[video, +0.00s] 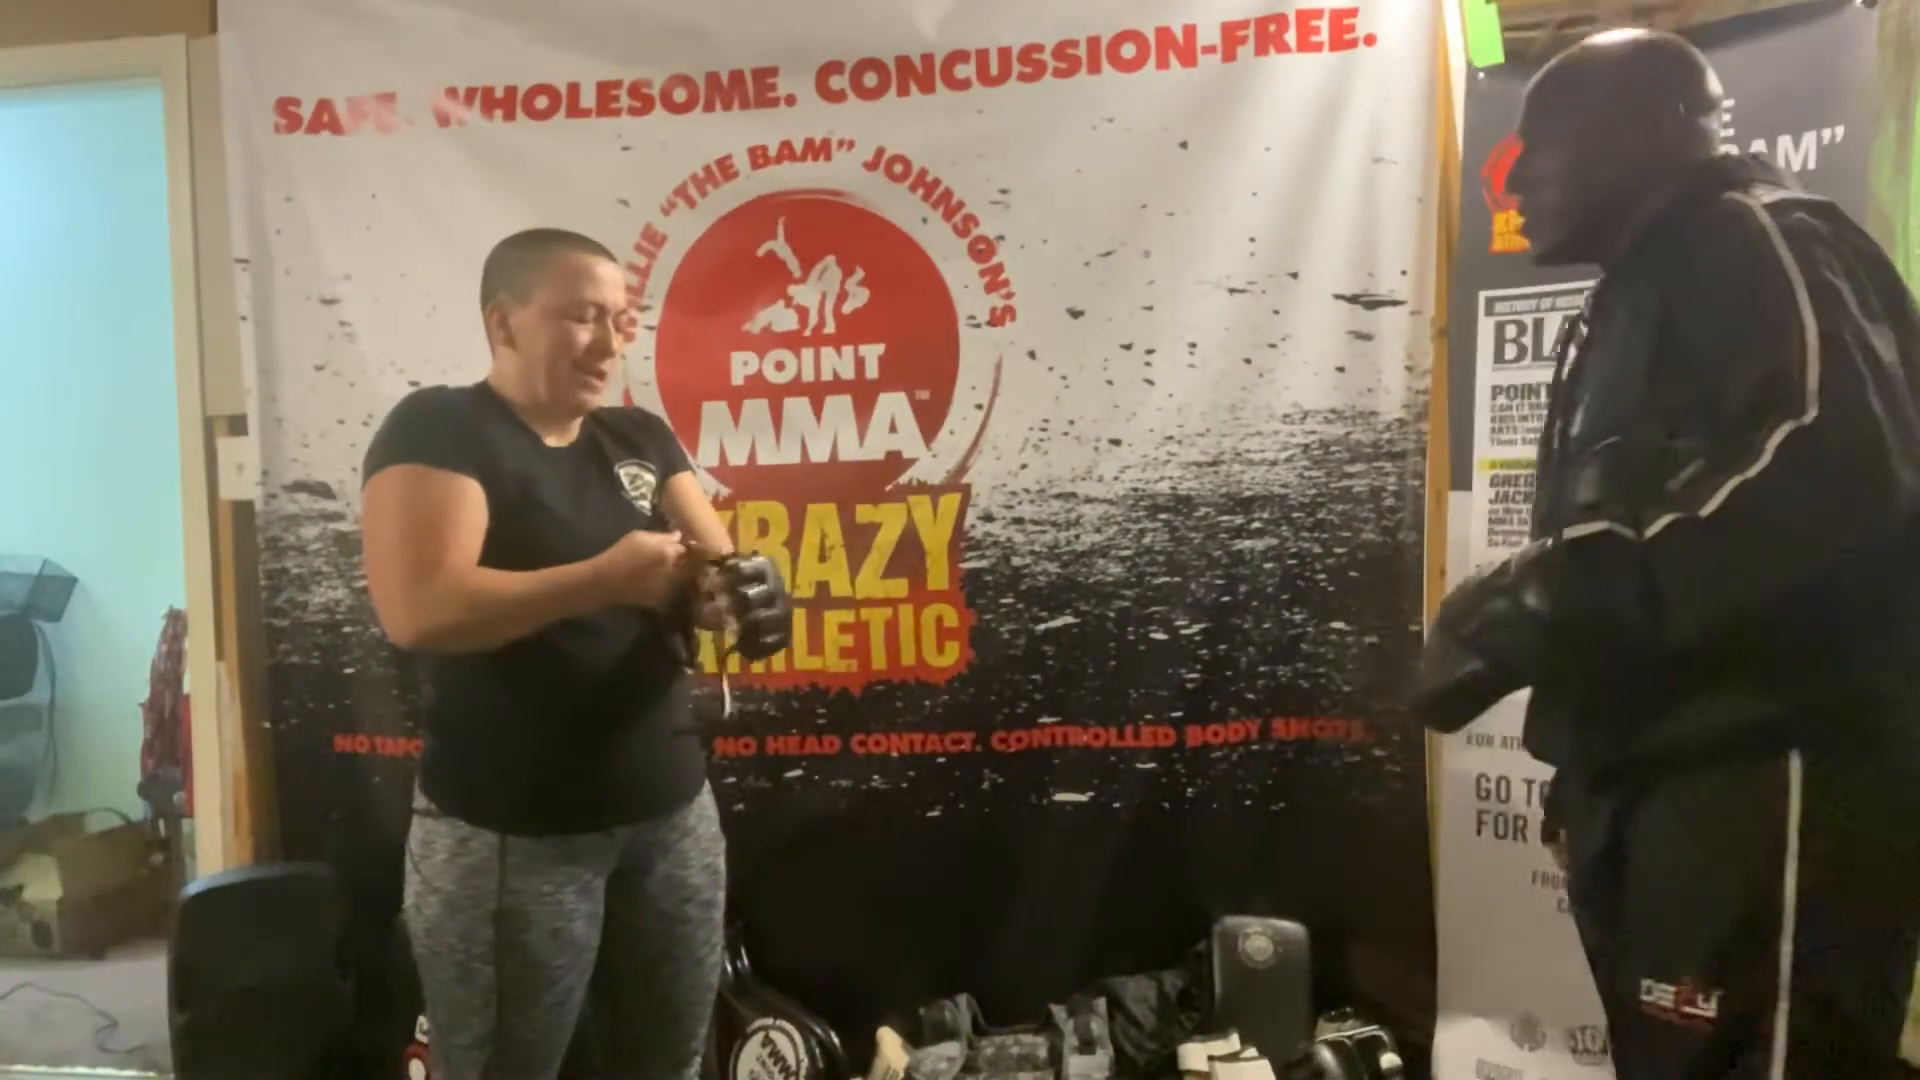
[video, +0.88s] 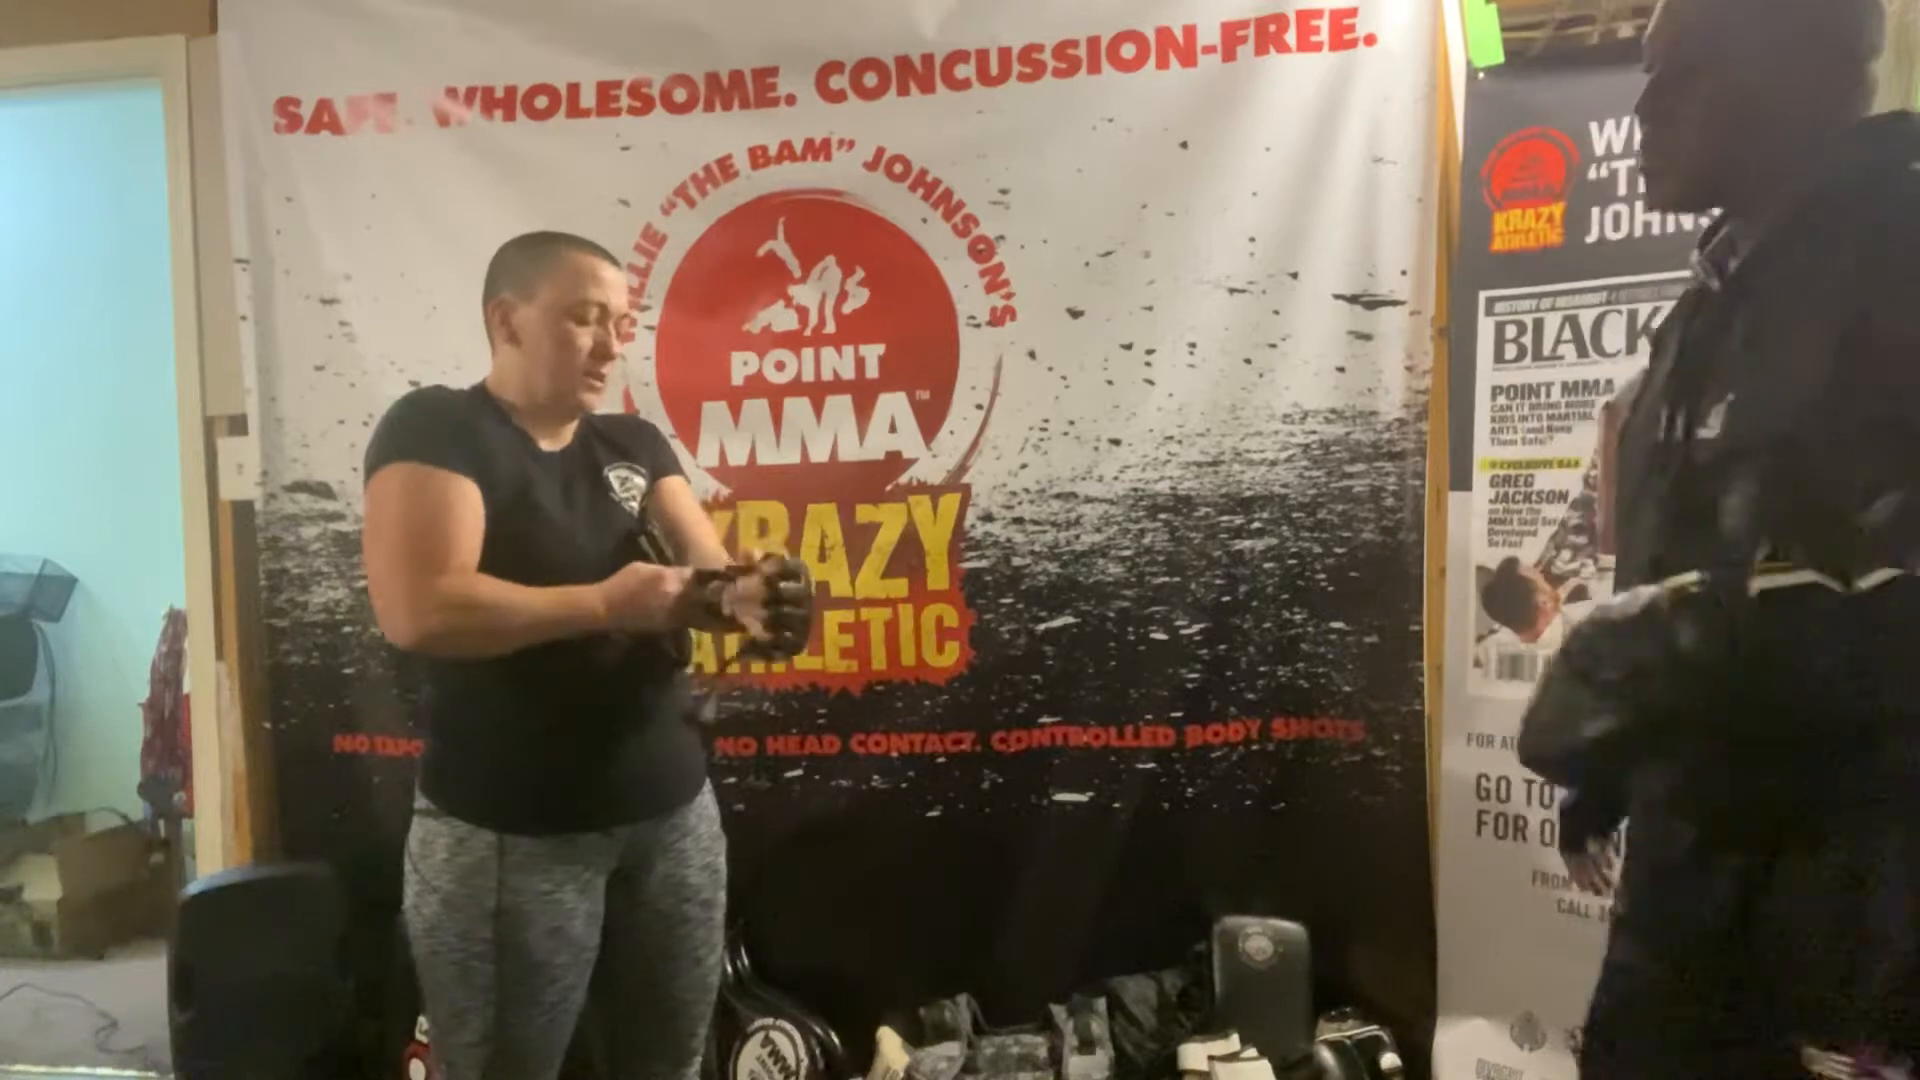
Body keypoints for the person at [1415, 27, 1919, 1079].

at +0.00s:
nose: (1511, 169)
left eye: (1539, 139)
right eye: (1518, 142)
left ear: (1637, 136)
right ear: (1621, 148)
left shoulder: (1755, 233)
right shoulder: (1624, 303)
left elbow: (1838, 464)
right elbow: (1610, 529)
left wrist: (1547, 602)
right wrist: (1582, 769)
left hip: (1777, 787)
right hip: (1672, 789)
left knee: (1769, 1057)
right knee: (1679, 1055)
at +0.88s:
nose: (1638, 108)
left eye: (1667, 73)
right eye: (1648, 78)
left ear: (1774, 63)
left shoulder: (1891, 217)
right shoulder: (1701, 311)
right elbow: (1670, 581)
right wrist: (1610, 744)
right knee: (1643, 1052)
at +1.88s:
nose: (1608, 57)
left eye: (1654, 34)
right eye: (1617, 38)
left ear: (1765, 65)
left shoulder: (1846, 229)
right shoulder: (1639, 285)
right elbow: (1584, 548)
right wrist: (1533, 766)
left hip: (1794, 808)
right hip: (1635, 811)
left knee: (1799, 1053)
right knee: (1617, 1053)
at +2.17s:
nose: (1503, 142)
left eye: (1532, 104)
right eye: (1508, 116)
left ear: (1639, 112)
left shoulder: (1765, 230)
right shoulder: (1539, 338)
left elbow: (1890, 452)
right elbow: (1508, 591)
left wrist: (1598, 596)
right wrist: (1423, 768)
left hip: (1766, 775)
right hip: (1591, 790)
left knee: (1762, 1057)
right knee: (1595, 1053)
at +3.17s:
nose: (1629, 69)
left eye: (1676, 35)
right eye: (1622, 47)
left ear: (1805, 51)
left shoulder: (1884, 227)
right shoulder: (1613, 300)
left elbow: (1894, 572)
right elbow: (1543, 564)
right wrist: (1447, 732)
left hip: (1823, 842)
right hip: (1617, 839)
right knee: (1592, 1058)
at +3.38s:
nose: (1643, 40)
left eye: (1681, 9)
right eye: (1645, 19)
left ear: (1822, 24)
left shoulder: (1892, 196)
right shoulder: (1643, 305)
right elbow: (1615, 591)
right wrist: (1516, 753)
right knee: (1590, 1057)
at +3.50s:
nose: (1652, 40)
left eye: (1698, 7)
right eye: (1663, 16)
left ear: (1837, 25)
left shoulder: (1897, 215)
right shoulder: (1671, 290)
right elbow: (1623, 557)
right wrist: (1565, 775)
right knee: (1606, 1059)